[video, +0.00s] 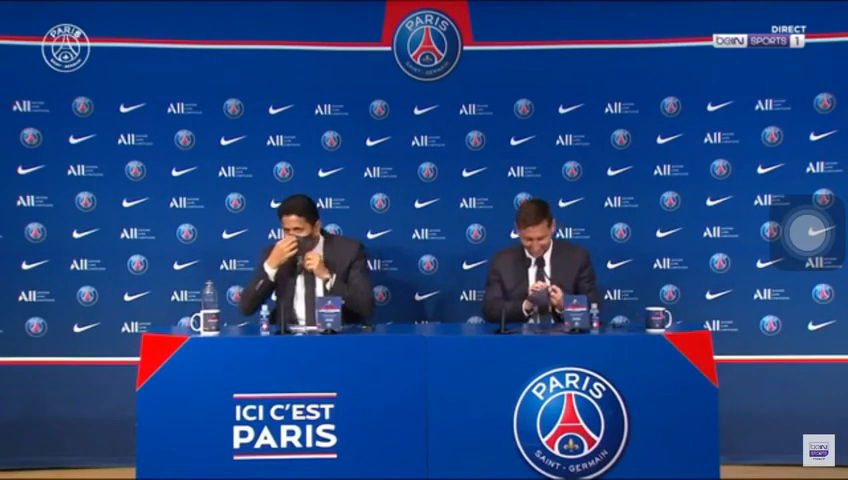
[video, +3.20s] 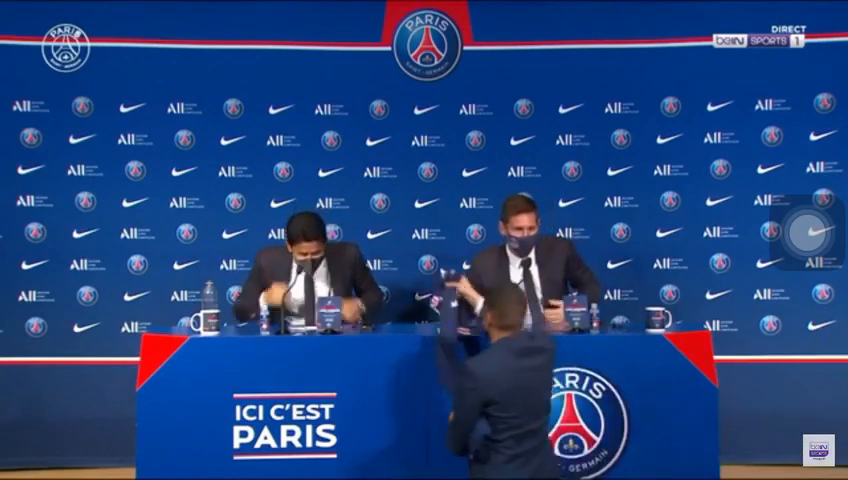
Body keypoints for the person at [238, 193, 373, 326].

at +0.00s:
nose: (292, 237)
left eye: (298, 230)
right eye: (287, 231)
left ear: (317, 226)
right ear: (282, 228)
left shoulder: (349, 251)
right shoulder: (276, 253)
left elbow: (365, 308)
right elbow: (247, 307)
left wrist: (327, 277)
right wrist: (271, 265)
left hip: (335, 343)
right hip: (288, 343)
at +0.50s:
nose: (300, 236)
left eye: (307, 230)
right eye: (294, 230)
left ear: (322, 226)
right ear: (288, 229)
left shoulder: (352, 252)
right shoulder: (275, 255)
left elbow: (374, 308)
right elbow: (249, 310)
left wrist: (342, 297)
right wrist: (280, 277)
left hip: (338, 344)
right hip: (289, 344)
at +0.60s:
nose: (303, 236)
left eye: (310, 230)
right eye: (296, 230)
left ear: (324, 227)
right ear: (290, 229)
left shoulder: (353, 253)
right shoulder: (274, 257)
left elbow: (372, 306)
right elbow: (248, 312)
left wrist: (357, 318)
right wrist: (282, 306)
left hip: (341, 347)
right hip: (289, 348)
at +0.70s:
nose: (304, 238)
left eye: (311, 231)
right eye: (298, 232)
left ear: (325, 228)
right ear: (291, 231)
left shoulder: (354, 254)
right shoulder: (275, 258)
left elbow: (371, 309)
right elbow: (252, 312)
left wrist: (361, 335)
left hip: (341, 345)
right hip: (290, 346)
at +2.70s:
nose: (317, 245)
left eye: (321, 237)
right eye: (309, 240)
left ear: (326, 231)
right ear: (291, 237)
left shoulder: (347, 257)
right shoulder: (267, 263)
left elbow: (377, 310)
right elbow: (240, 317)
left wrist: (358, 346)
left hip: (339, 350)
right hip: (287, 351)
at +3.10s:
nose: (312, 259)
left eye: (318, 253)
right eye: (305, 255)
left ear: (326, 242)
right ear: (290, 246)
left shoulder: (347, 257)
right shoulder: (268, 261)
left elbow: (373, 297)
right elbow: (238, 302)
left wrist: (366, 331)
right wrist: (259, 329)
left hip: (338, 348)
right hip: (287, 348)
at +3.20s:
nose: (310, 260)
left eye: (316, 254)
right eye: (303, 255)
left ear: (324, 243)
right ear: (289, 246)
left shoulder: (347, 255)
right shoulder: (268, 260)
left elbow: (374, 295)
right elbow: (240, 310)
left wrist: (358, 305)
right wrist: (264, 299)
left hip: (336, 344)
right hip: (285, 345)